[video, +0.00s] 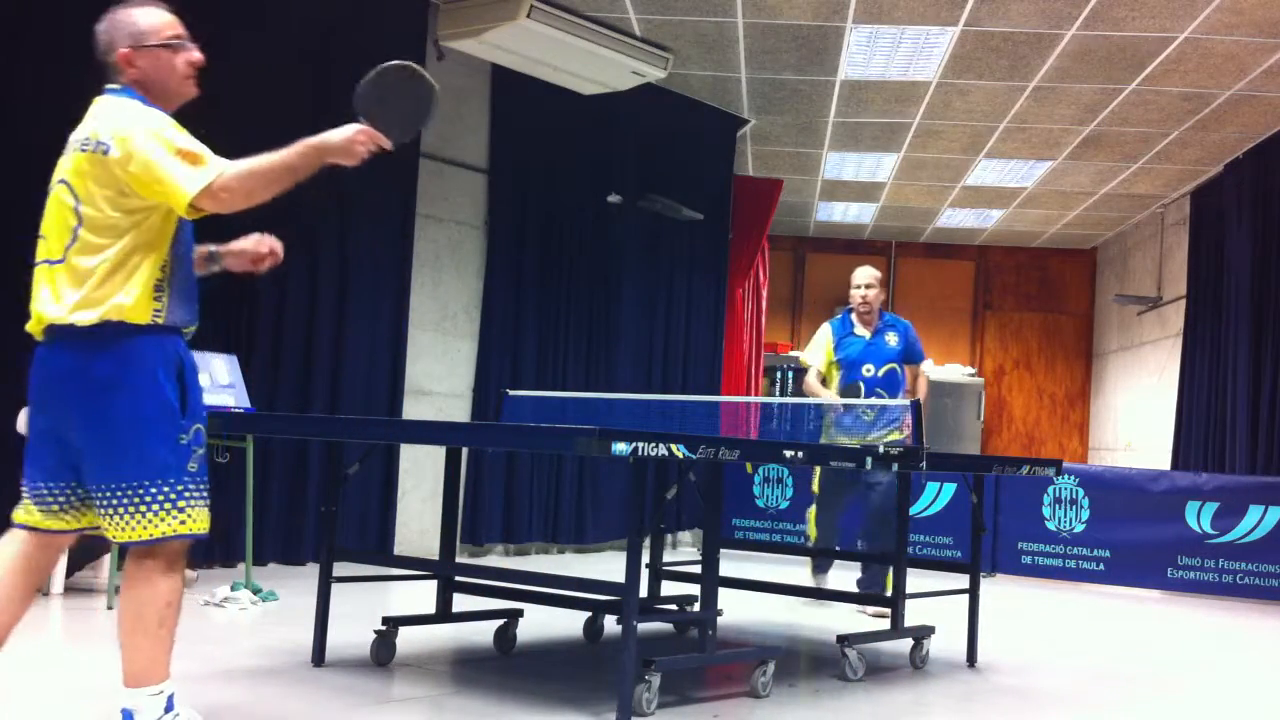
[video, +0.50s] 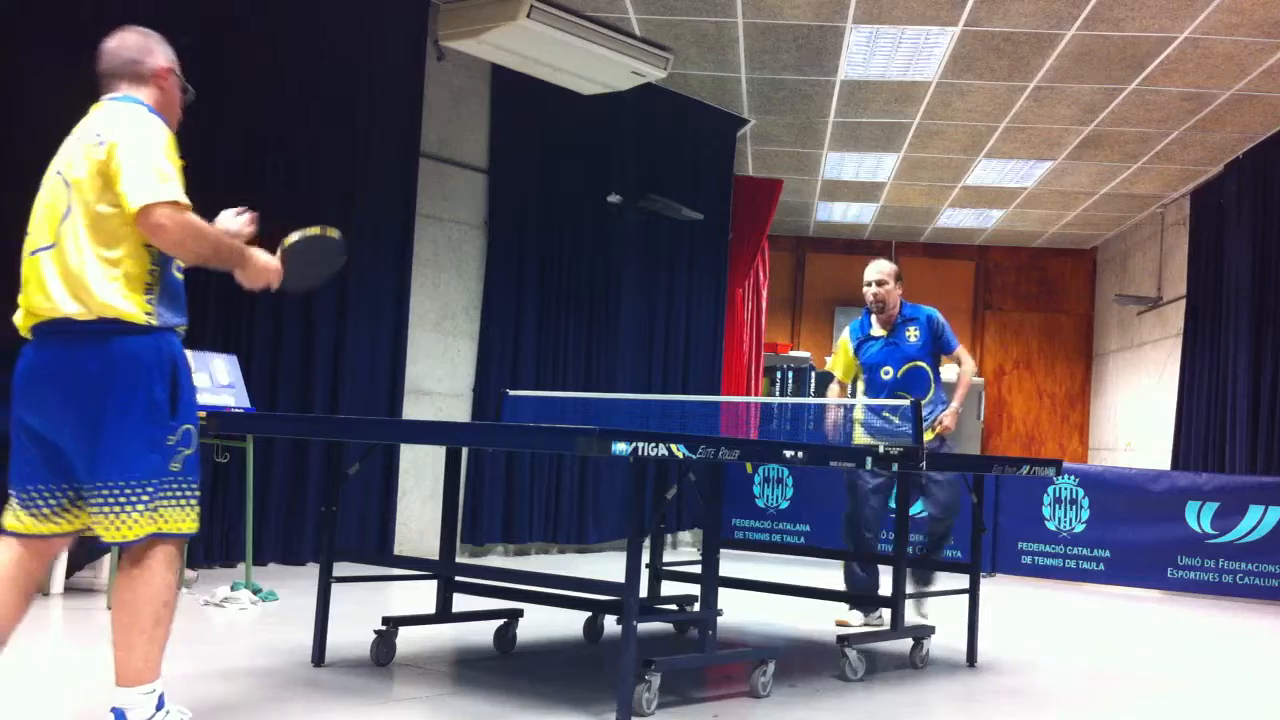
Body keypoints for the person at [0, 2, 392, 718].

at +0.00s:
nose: (196, 57)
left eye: (191, 44)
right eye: (178, 45)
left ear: (131, 63)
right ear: (131, 61)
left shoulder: (101, 125)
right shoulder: (131, 123)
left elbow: (124, 252)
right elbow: (216, 188)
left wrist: (220, 256)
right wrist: (322, 147)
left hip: (63, 356)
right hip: (127, 353)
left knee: (42, 529)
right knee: (159, 541)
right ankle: (147, 705)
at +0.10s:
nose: (176, 55)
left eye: (168, 42)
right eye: (155, 43)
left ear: (110, 64)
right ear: (111, 61)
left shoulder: (85, 127)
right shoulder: (110, 121)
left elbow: (127, 257)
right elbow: (189, 190)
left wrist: (226, 229)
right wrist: (299, 157)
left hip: (40, 352)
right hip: (108, 351)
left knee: (20, 531)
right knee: (145, 540)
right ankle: (145, 704)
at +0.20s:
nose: (163, 54)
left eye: (155, 41)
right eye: (146, 42)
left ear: (98, 64)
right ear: (108, 59)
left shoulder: (73, 126)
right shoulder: (100, 117)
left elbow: (143, 248)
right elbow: (157, 201)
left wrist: (230, 198)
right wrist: (269, 186)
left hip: (27, 347)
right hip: (101, 346)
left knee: (14, 528)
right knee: (133, 535)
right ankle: (139, 702)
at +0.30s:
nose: (160, 65)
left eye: (156, 52)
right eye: (151, 52)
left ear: (97, 64)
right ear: (117, 59)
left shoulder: (64, 125)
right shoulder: (102, 118)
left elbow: (148, 246)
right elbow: (143, 208)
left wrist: (231, 197)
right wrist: (250, 202)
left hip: (28, 347)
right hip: (101, 346)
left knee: (12, 529)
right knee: (134, 531)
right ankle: (135, 703)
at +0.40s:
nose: (165, 79)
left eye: (160, 65)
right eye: (158, 63)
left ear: (97, 72)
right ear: (134, 66)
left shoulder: (66, 131)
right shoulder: (112, 121)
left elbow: (137, 246)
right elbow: (140, 216)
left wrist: (227, 215)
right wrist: (237, 232)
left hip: (32, 350)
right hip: (111, 351)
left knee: (13, 534)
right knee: (143, 531)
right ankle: (137, 703)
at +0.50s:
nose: (182, 96)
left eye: (180, 83)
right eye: (180, 82)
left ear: (110, 80)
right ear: (163, 76)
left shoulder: (77, 142)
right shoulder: (138, 129)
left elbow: (112, 248)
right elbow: (160, 220)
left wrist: (211, 234)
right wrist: (241, 258)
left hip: (48, 358)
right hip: (129, 358)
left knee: (33, 532)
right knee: (154, 535)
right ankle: (138, 704)